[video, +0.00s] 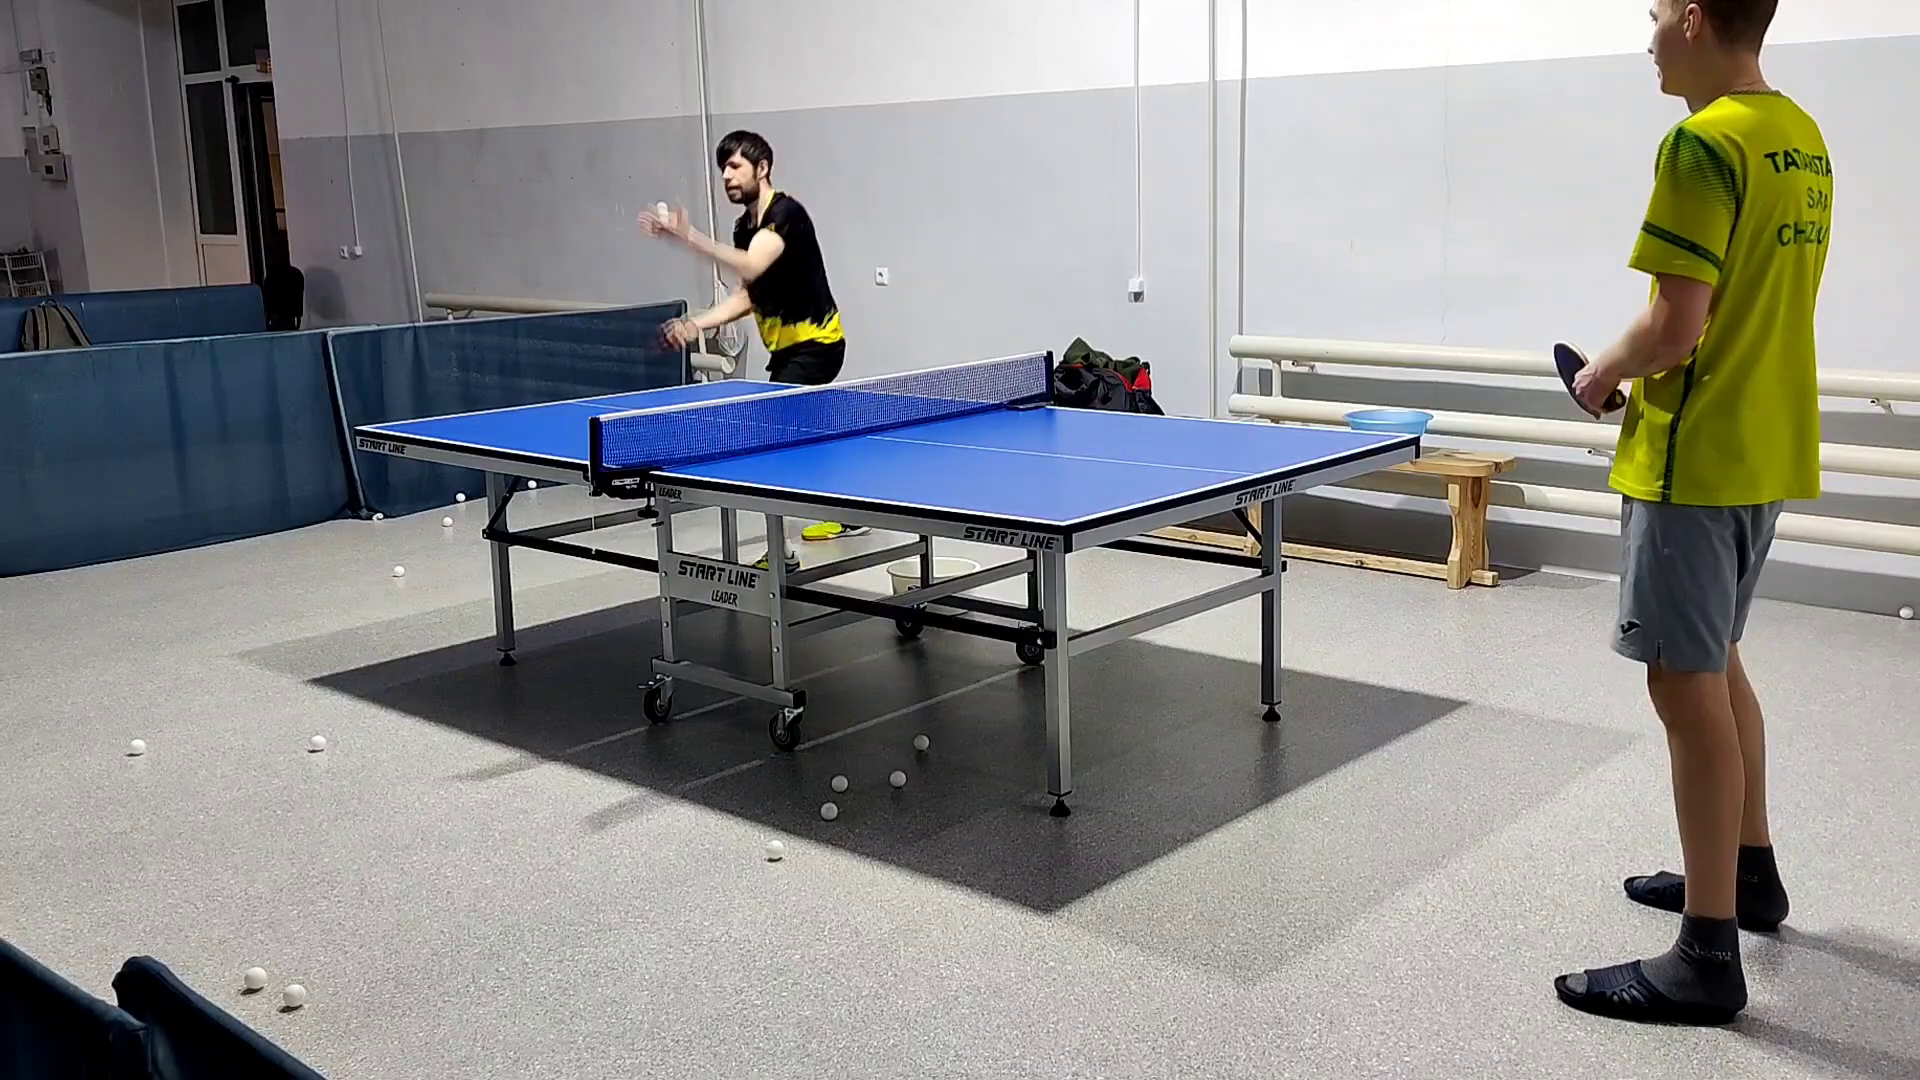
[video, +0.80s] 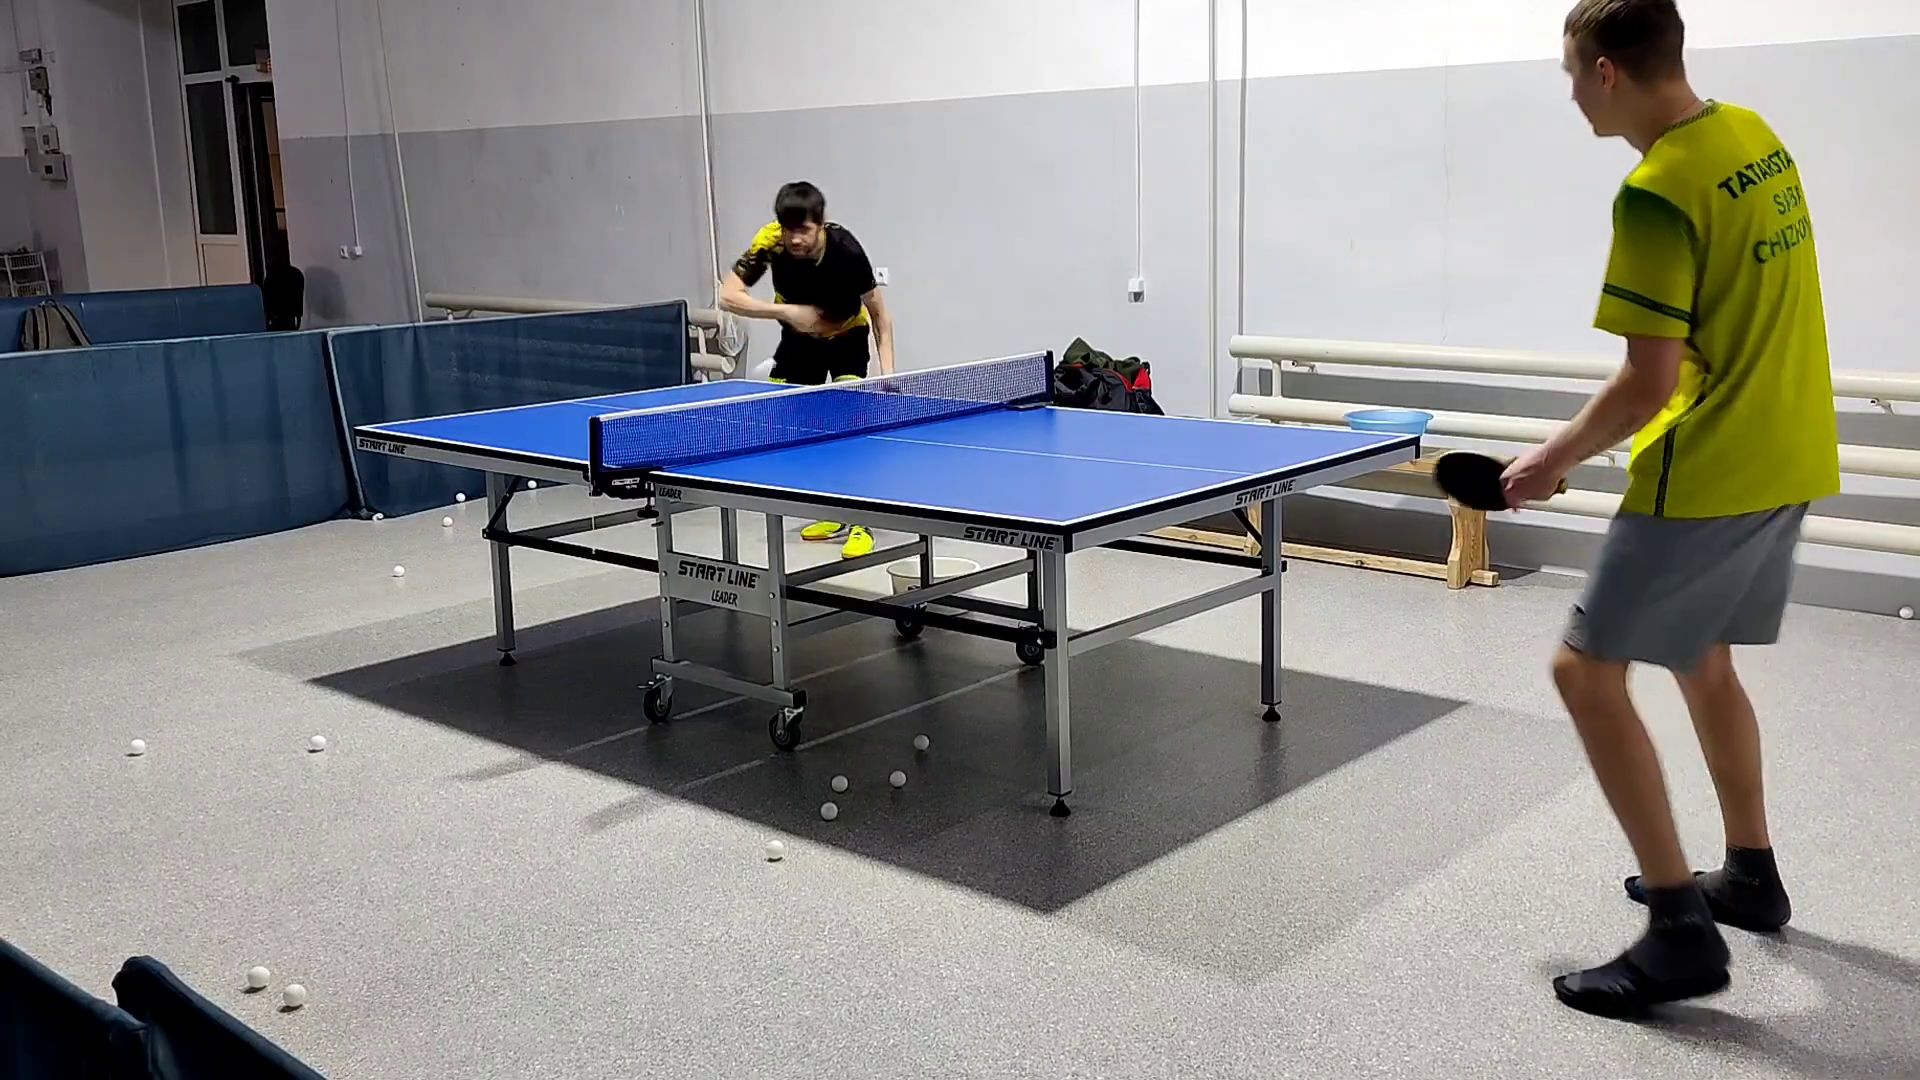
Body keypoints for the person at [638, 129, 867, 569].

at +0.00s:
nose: (726, 176)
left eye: (734, 166)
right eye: (723, 169)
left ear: (762, 168)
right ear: (725, 175)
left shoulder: (787, 211)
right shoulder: (745, 227)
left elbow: (752, 266)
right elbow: (746, 299)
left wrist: (688, 236)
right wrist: (695, 324)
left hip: (817, 346)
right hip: (784, 349)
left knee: (765, 426)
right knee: (804, 434)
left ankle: (780, 550)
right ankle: (844, 512)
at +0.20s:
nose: (727, 157)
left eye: (737, 148)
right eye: (726, 150)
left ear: (764, 154)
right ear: (729, 159)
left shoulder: (789, 195)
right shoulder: (750, 213)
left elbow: (795, 255)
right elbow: (767, 278)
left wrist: (744, 252)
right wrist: (732, 322)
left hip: (832, 325)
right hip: (796, 328)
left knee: (813, 418)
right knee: (789, 421)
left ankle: (833, 518)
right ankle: (841, 512)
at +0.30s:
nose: (725, 160)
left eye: (734, 151)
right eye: (724, 153)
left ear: (762, 158)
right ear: (733, 163)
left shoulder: (790, 199)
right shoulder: (751, 212)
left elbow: (821, 263)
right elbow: (766, 264)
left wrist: (790, 283)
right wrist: (724, 288)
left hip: (839, 324)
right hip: (803, 329)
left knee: (818, 413)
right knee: (788, 418)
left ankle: (836, 526)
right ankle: (846, 508)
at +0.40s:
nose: (725, 172)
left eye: (734, 163)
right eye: (724, 164)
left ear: (762, 169)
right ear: (731, 172)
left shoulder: (795, 209)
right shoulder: (754, 216)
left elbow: (842, 274)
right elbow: (761, 255)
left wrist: (822, 312)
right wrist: (702, 255)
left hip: (844, 324)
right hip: (806, 326)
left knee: (827, 410)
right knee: (791, 413)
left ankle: (863, 519)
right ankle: (838, 511)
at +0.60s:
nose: (745, 215)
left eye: (753, 205)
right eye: (742, 207)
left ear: (779, 204)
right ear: (742, 207)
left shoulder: (818, 242)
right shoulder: (758, 238)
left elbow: (869, 302)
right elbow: (738, 260)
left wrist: (870, 362)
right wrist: (686, 270)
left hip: (848, 342)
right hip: (807, 340)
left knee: (842, 423)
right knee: (787, 417)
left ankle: (859, 522)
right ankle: (837, 513)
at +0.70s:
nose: (772, 236)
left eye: (779, 227)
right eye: (766, 228)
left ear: (800, 220)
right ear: (761, 224)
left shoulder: (834, 252)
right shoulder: (761, 241)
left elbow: (879, 314)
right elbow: (722, 274)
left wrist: (881, 373)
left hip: (851, 343)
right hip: (805, 343)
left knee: (845, 423)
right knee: (784, 416)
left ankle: (859, 523)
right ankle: (836, 514)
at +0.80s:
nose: (796, 238)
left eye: (804, 230)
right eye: (789, 230)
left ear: (821, 223)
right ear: (779, 224)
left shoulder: (845, 249)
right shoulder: (771, 239)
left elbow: (878, 312)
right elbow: (728, 295)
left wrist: (887, 377)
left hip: (848, 337)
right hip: (799, 338)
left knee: (848, 421)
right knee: (790, 418)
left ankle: (860, 522)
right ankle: (834, 512)